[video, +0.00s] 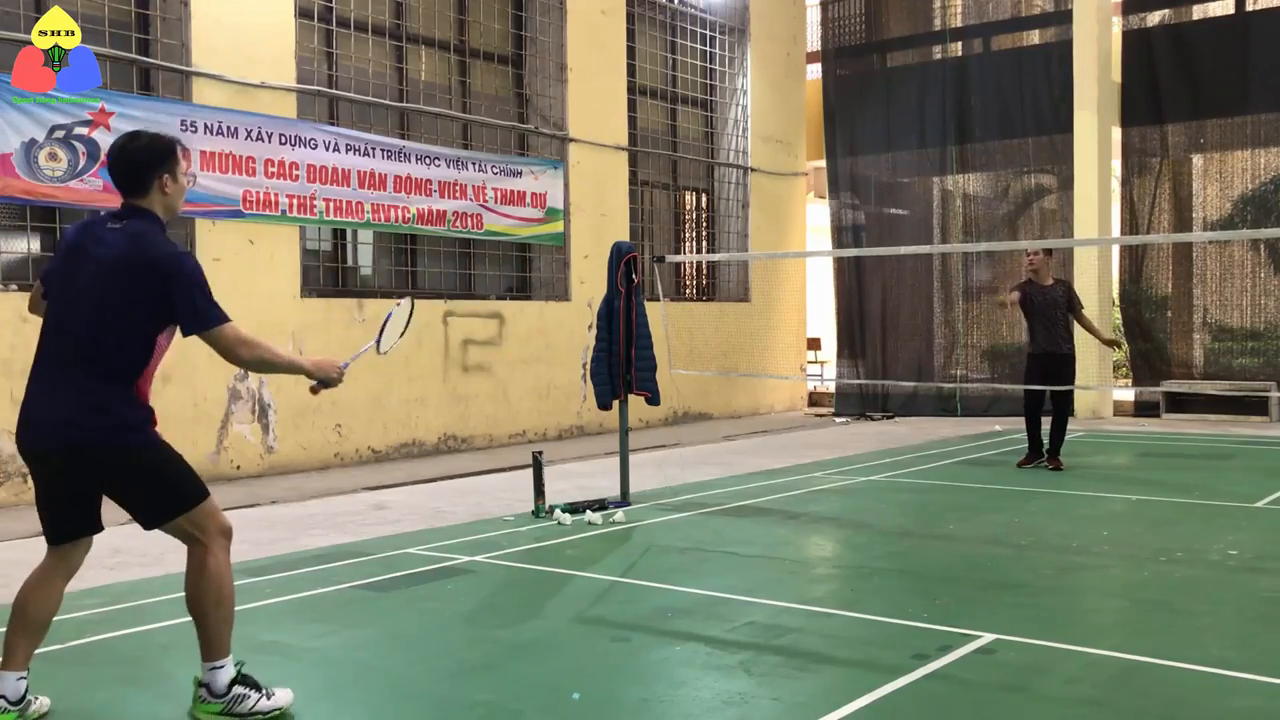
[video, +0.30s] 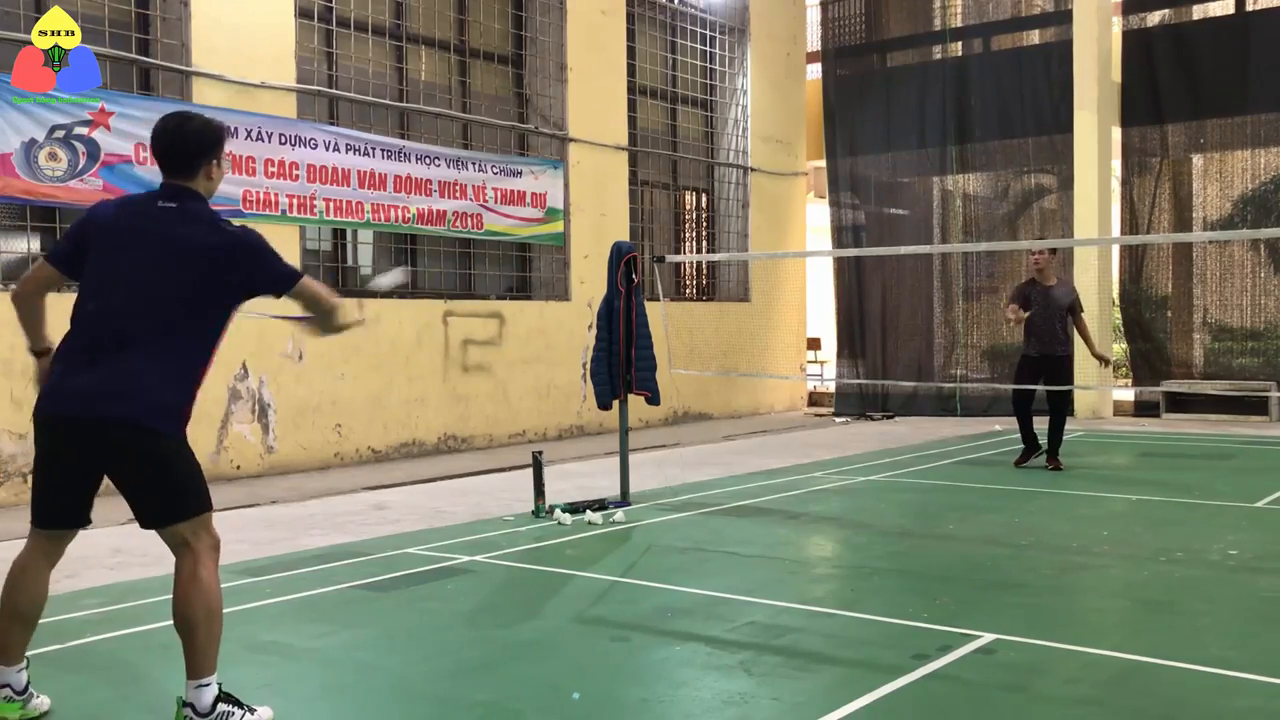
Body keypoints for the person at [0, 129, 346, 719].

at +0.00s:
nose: (188, 185)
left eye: (186, 174)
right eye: (184, 175)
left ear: (126, 185)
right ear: (163, 182)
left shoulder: (82, 235)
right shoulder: (170, 260)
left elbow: (38, 301)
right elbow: (236, 348)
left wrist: (107, 318)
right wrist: (308, 366)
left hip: (42, 427)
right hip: (111, 430)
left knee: (66, 549)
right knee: (210, 532)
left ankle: (8, 689)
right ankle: (219, 683)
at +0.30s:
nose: (225, 168)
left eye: (223, 158)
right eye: (223, 159)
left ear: (159, 162)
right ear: (212, 165)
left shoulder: (104, 218)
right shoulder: (232, 243)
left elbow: (26, 290)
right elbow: (326, 303)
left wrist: (41, 349)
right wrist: (326, 321)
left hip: (63, 412)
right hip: (145, 422)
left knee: (42, 544)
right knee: (197, 546)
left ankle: (9, 682)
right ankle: (203, 700)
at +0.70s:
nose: (177, 181)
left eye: (175, 168)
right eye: (173, 169)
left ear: (113, 175)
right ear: (152, 174)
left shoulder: (56, 227)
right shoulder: (156, 243)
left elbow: (1, 288)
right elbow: (238, 308)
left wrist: (13, 347)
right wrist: (331, 337)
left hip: (15, 431)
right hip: (85, 438)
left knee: (5, 551)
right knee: (158, 557)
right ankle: (198, 700)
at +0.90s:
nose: (153, 208)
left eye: (150, 195)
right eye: (147, 196)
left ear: (91, 204)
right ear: (121, 203)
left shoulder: (38, 242)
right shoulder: (103, 264)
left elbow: (14, 312)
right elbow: (160, 362)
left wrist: (70, 350)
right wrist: (240, 402)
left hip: (12, 443)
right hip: (16, 447)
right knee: (99, 565)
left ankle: (161, 699)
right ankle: (163, 702)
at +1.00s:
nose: (153, 206)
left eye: (152, 194)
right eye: (148, 193)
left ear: (92, 200)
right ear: (124, 198)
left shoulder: (32, 239)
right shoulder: (104, 258)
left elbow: (10, 310)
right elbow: (162, 357)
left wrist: (41, 371)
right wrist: (220, 395)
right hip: (13, 430)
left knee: (80, 559)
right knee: (87, 560)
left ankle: (118, 706)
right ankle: (120, 708)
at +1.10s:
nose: (156, 190)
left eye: (154, 178)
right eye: (152, 179)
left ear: (91, 182)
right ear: (129, 183)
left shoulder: (32, 224)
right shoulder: (120, 246)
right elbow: (184, 340)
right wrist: (211, 355)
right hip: (25, 419)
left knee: (78, 561)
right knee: (82, 563)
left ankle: (116, 707)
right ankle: (118, 710)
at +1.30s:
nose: (167, 162)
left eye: (163, 152)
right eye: (165, 153)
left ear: (93, 157)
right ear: (156, 162)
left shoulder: (33, 206)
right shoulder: (180, 240)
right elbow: (293, 265)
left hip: (1, 413)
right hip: (64, 429)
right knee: (118, 562)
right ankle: (125, 710)